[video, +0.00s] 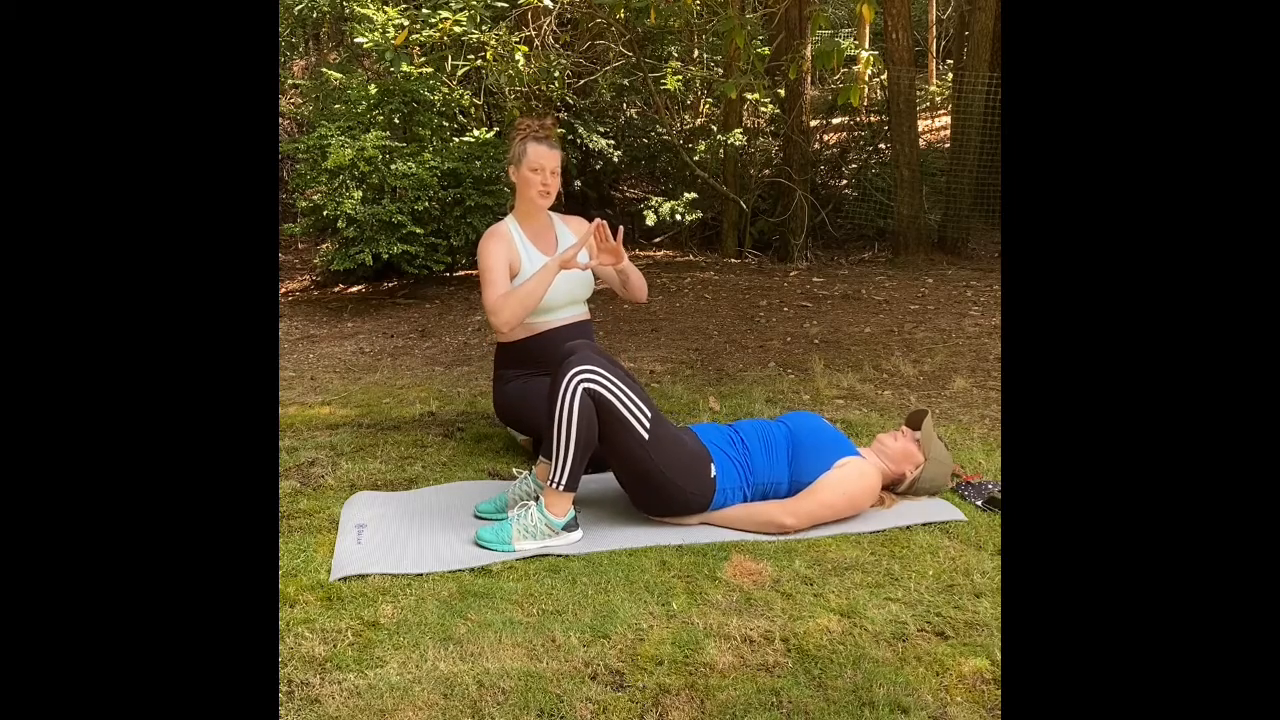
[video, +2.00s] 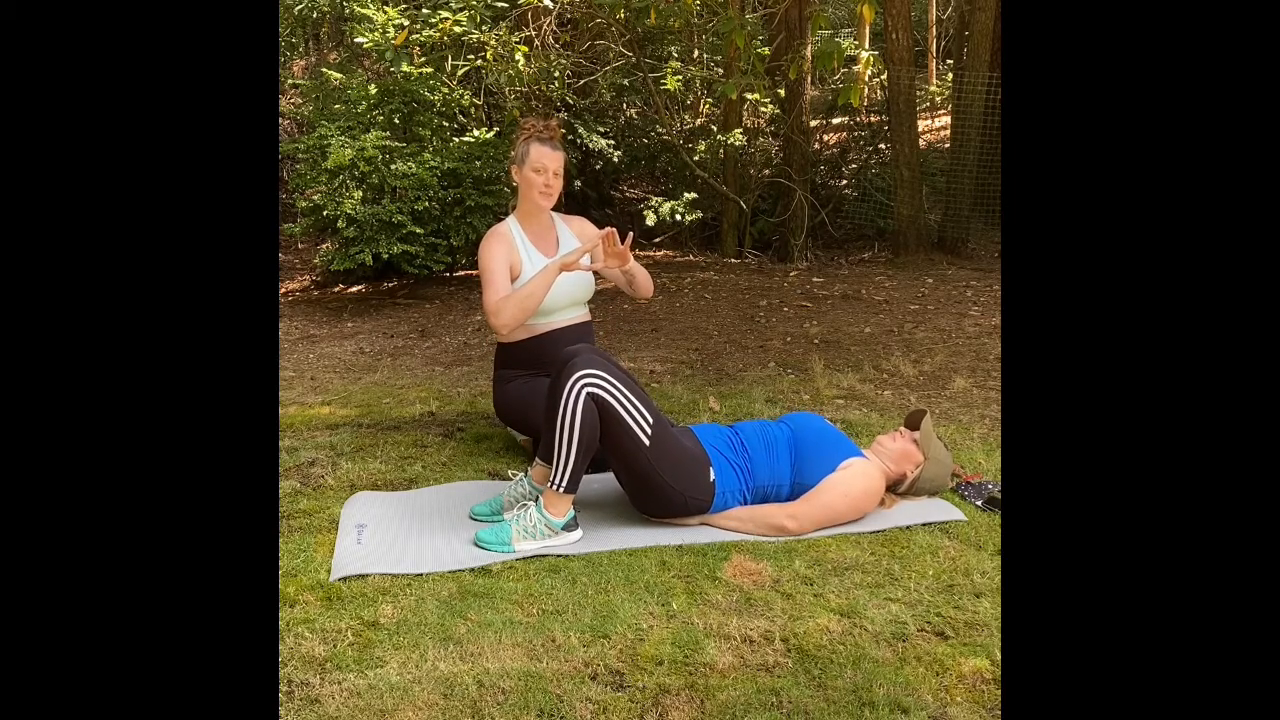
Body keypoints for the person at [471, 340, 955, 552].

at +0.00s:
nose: (898, 433)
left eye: (909, 440)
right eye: (907, 430)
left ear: (908, 472)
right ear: (895, 442)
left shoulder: (860, 477)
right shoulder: (844, 454)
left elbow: (788, 516)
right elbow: (772, 494)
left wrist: (703, 515)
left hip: (694, 480)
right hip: (680, 454)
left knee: (585, 372)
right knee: (586, 362)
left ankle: (554, 509)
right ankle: (543, 484)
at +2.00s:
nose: (897, 433)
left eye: (908, 440)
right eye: (906, 430)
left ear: (908, 471)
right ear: (897, 444)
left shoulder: (863, 479)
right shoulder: (847, 456)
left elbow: (794, 520)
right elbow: (774, 494)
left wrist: (711, 517)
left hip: (693, 482)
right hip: (680, 452)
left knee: (589, 376)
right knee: (589, 364)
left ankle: (554, 511)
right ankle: (540, 484)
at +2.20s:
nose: (897, 433)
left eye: (908, 440)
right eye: (906, 430)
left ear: (908, 471)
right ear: (898, 445)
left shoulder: (864, 480)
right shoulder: (847, 455)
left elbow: (795, 520)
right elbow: (775, 493)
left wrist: (710, 517)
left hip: (693, 482)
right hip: (679, 452)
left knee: (589, 376)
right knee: (588, 364)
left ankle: (555, 511)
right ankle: (539, 483)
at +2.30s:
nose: (897, 433)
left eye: (908, 439)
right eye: (906, 430)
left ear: (908, 471)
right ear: (898, 445)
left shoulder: (864, 480)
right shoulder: (847, 455)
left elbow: (795, 520)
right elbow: (775, 493)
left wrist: (711, 517)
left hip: (693, 482)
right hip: (679, 452)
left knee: (589, 375)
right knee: (589, 363)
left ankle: (555, 511)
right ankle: (539, 479)